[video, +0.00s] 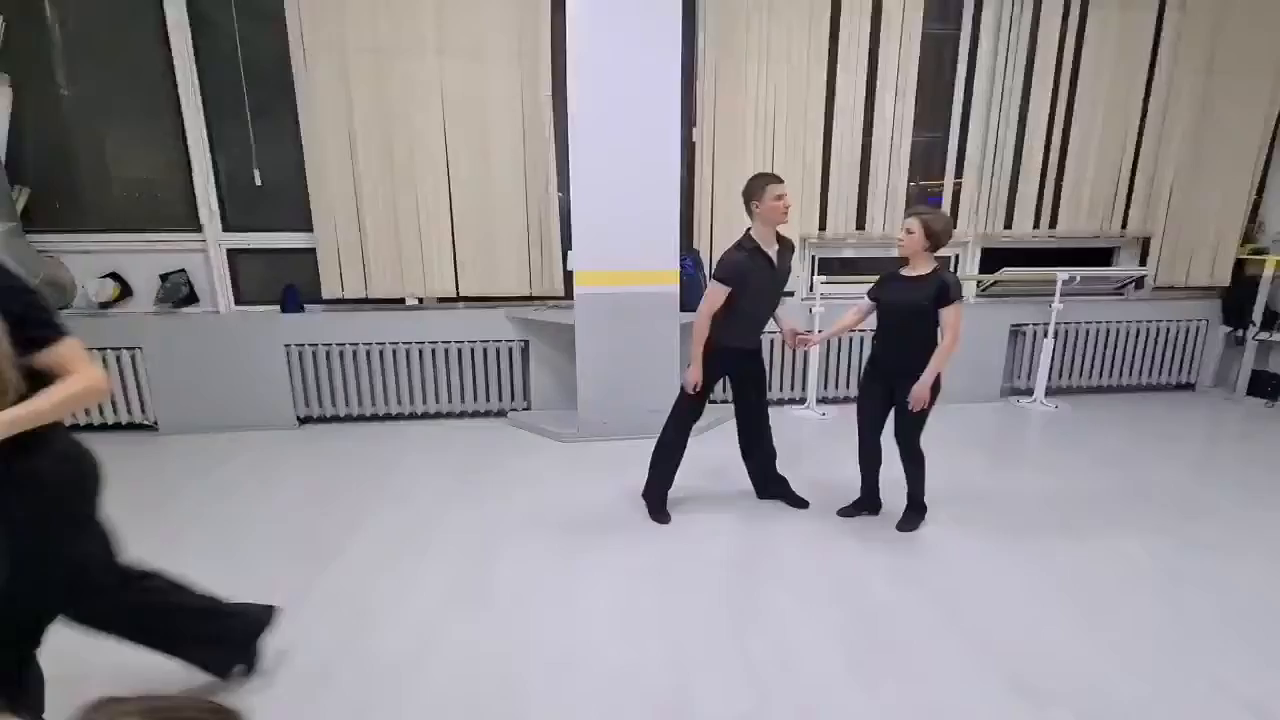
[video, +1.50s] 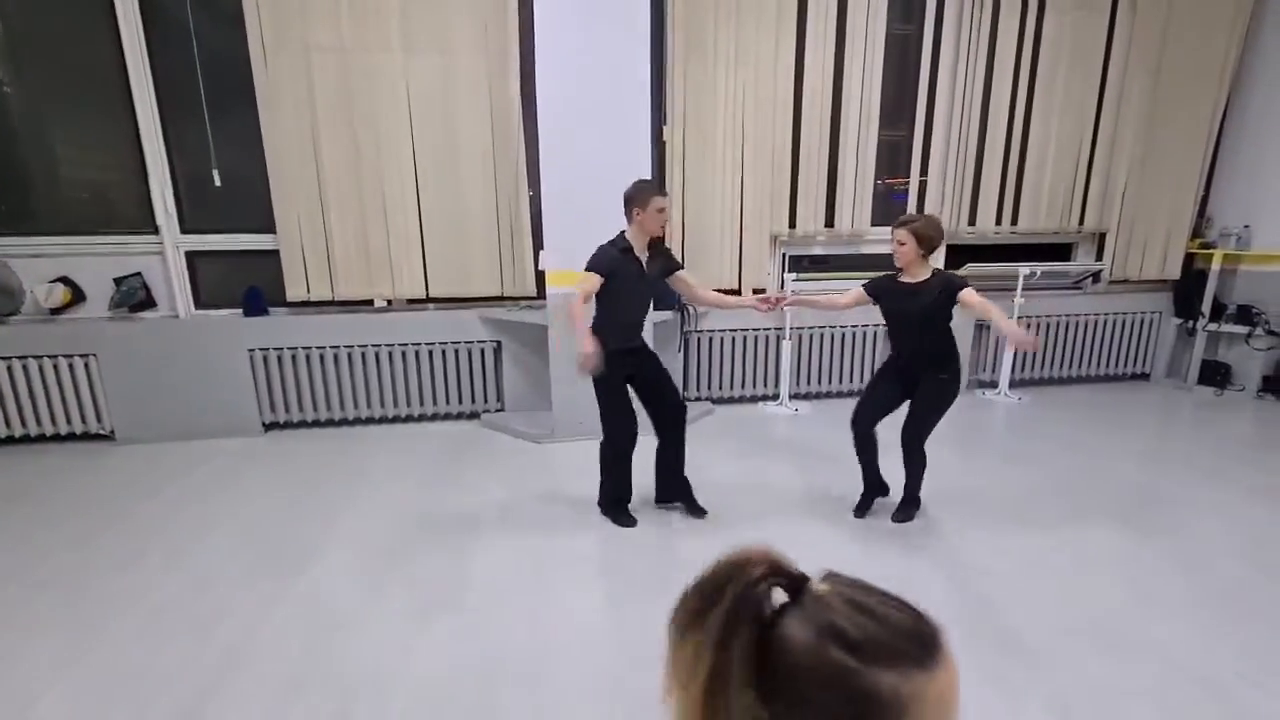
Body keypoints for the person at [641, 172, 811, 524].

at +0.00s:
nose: (787, 203)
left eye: (786, 197)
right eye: (778, 198)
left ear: (781, 204)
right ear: (756, 207)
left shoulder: (785, 248)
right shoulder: (736, 259)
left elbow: (769, 294)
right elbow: (703, 313)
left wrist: (786, 325)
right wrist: (695, 365)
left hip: (748, 349)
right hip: (714, 349)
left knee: (755, 418)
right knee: (683, 418)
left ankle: (768, 484)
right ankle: (655, 491)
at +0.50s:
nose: (750, 202)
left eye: (751, 196)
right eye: (742, 196)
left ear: (748, 199)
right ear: (719, 200)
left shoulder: (752, 241)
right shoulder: (708, 256)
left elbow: (753, 295)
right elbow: (700, 317)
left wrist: (777, 311)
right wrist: (724, 360)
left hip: (759, 347)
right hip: (725, 351)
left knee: (760, 419)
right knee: (694, 423)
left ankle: (760, 480)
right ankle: (652, 489)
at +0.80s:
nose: (720, 219)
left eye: (721, 212)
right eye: (715, 212)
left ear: (702, 214)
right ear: (693, 212)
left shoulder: (712, 251)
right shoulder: (665, 264)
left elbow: (733, 293)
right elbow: (657, 324)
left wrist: (771, 299)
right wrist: (684, 369)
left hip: (739, 349)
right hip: (708, 358)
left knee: (756, 415)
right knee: (692, 431)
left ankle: (762, 481)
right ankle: (644, 491)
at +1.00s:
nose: (698, 222)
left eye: (699, 216)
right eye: (692, 215)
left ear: (675, 217)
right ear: (669, 215)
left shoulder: (686, 260)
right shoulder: (636, 260)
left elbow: (727, 293)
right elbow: (614, 316)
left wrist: (775, 300)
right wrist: (635, 366)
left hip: (688, 356)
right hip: (657, 362)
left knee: (722, 417)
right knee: (664, 437)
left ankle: (755, 481)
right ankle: (637, 497)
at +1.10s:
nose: (690, 220)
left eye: (690, 213)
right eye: (684, 213)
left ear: (667, 215)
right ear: (661, 213)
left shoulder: (678, 258)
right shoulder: (628, 257)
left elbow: (722, 292)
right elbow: (597, 308)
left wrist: (774, 301)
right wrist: (604, 362)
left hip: (662, 356)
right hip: (632, 359)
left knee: (703, 415)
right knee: (651, 435)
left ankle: (728, 491)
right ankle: (631, 497)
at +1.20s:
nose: (685, 216)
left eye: (686, 209)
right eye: (679, 209)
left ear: (669, 211)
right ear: (655, 209)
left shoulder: (673, 255)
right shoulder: (622, 253)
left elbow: (717, 292)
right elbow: (588, 299)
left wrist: (768, 300)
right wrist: (572, 347)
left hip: (643, 351)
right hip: (613, 354)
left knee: (675, 422)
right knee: (632, 430)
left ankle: (685, 502)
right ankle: (621, 499)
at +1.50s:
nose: (666, 218)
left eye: (667, 211)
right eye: (659, 211)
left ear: (647, 214)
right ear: (636, 213)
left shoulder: (659, 255)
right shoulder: (609, 255)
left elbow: (695, 294)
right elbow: (579, 299)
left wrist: (750, 301)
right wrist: (585, 340)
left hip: (636, 350)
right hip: (605, 353)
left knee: (672, 412)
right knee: (621, 428)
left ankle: (671, 490)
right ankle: (613, 502)